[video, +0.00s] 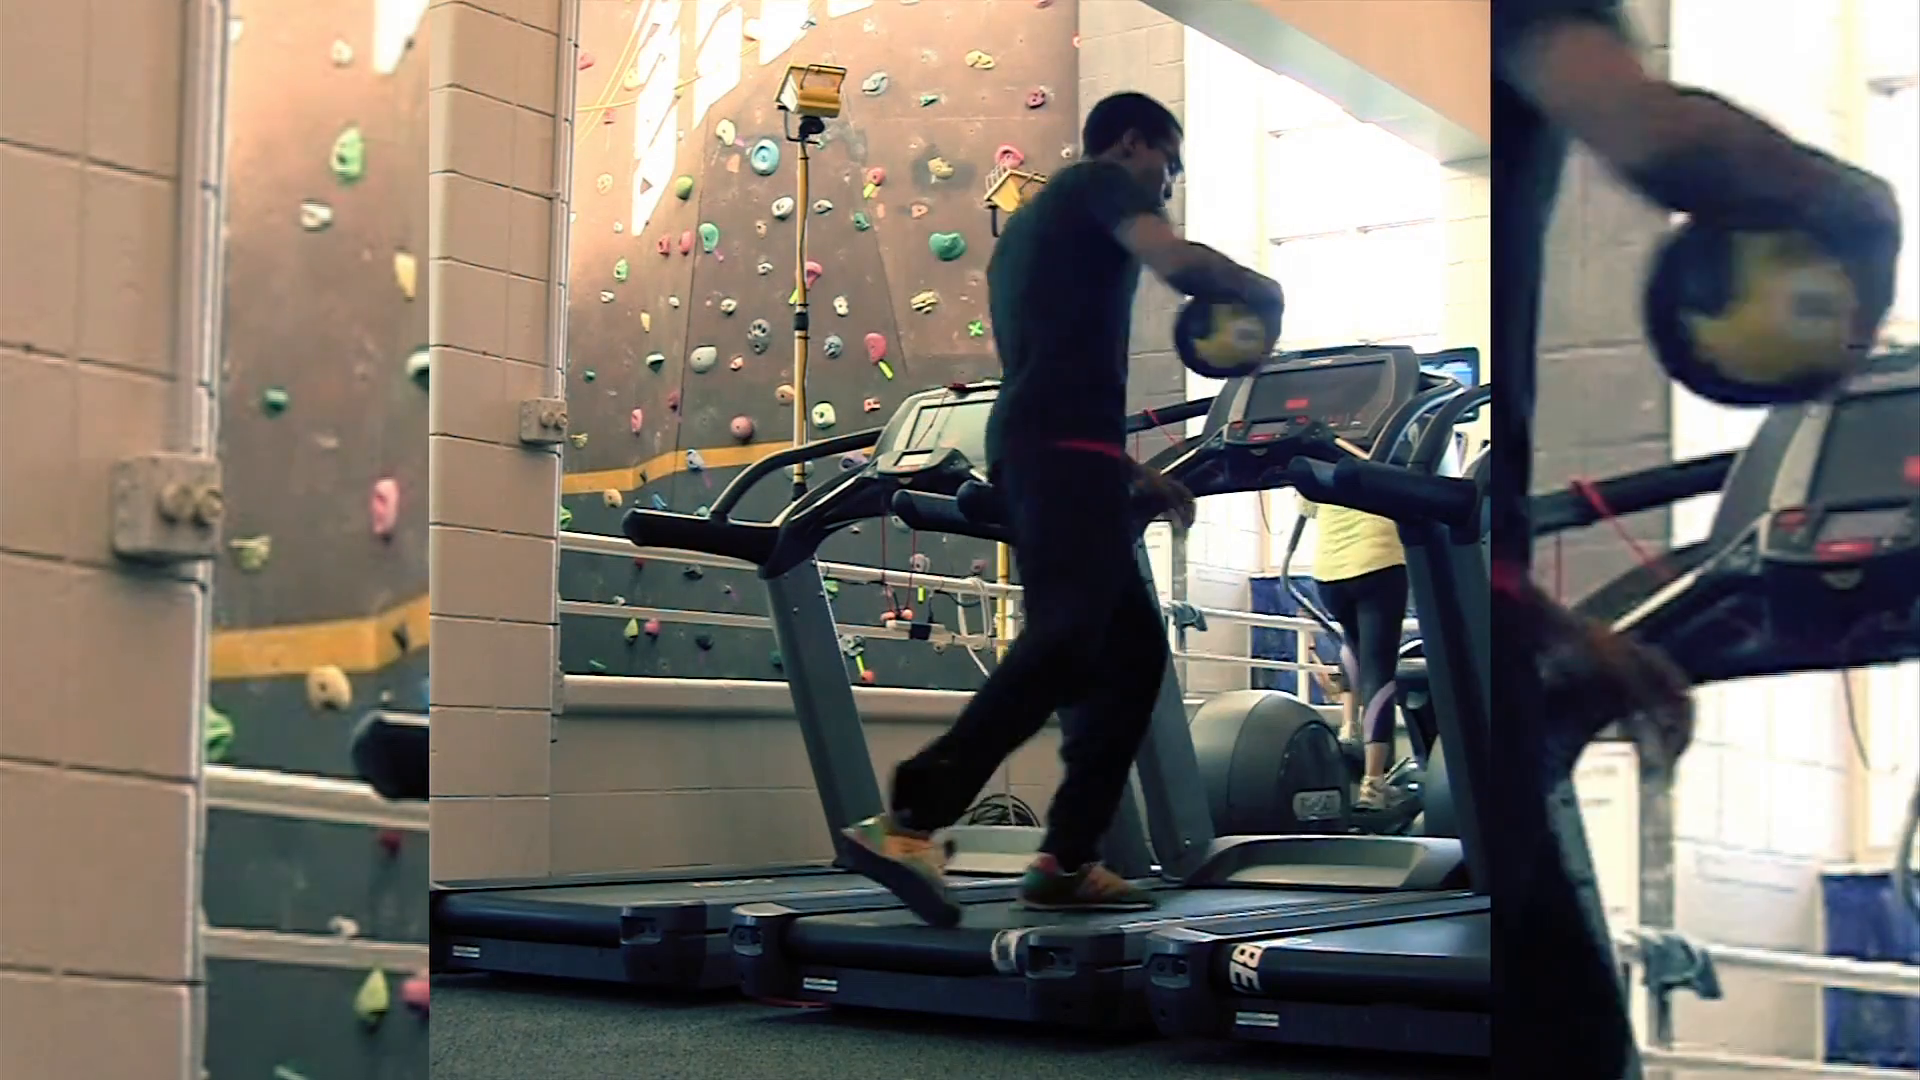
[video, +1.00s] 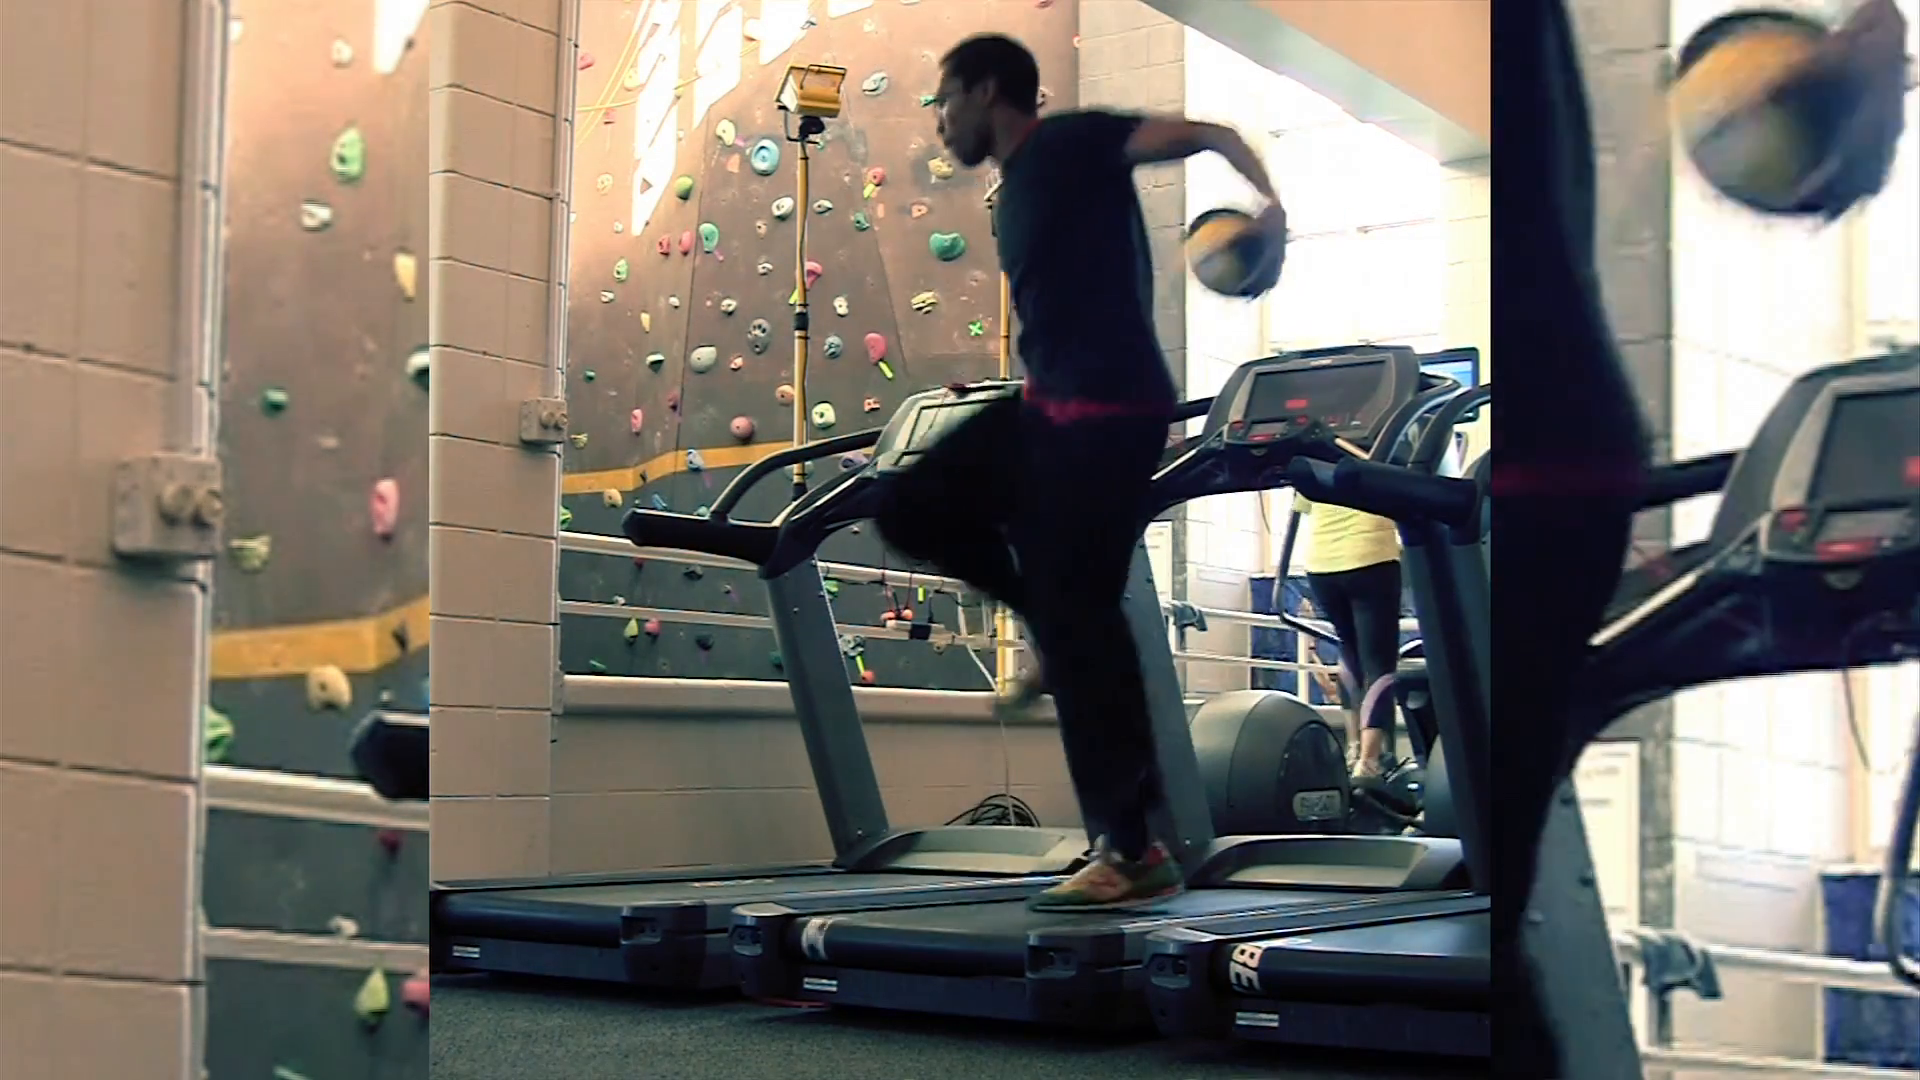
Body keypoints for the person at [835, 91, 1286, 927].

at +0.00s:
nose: (1166, 180)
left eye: (1169, 169)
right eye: (1163, 164)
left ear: (1100, 143)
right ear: (1130, 142)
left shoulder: (1034, 221)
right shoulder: (1102, 181)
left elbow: (1050, 385)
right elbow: (1172, 259)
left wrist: (1131, 474)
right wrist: (1260, 286)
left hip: (1036, 453)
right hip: (1067, 449)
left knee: (1135, 653)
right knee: (1068, 638)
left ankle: (1068, 858)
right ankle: (909, 820)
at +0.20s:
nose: (1197, 200)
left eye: (1201, 187)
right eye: (1192, 181)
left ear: (1132, 161)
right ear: (1146, 157)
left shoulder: (1042, 237)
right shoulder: (1117, 195)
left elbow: (1063, 397)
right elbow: (1175, 254)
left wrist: (1156, 486)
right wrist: (1279, 324)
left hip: (997, 481)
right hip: (1078, 474)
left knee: (1042, 685)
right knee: (1167, 653)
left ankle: (977, 857)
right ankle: (1103, 831)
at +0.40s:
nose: (1233, 179)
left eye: (1242, 168)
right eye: (1220, 161)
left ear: (1234, 174)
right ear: (1173, 155)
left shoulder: (1149, 235)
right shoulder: (1141, 217)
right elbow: (1026, 252)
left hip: (1079, 491)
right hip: (1117, 490)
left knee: (1102, 680)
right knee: (1208, 655)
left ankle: (949, 766)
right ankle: (1151, 858)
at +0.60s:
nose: (1161, 70)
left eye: (1177, 56)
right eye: (1148, 52)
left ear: (1196, 63)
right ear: (1122, 52)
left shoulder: (1183, 167)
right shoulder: (1064, 131)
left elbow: (1144, 278)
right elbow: (961, 211)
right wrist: (955, 346)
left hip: (1161, 398)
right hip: (1076, 401)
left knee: (1251, 536)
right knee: (1092, 613)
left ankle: (1096, 581)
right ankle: (1078, 847)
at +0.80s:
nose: (1006, 17)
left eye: (1017, 5)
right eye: (997, 10)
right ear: (997, 14)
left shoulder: (1150, 53)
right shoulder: (991, 85)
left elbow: (1254, 102)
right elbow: (1001, 197)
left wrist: (1307, 196)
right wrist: (1021, 292)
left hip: (1141, 320)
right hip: (1041, 309)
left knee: (1119, 533)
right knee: (981, 401)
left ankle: (1161, 711)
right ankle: (1020, 593)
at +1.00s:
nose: (937, 118)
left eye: (947, 100)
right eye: (936, 103)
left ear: (995, 93)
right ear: (989, 100)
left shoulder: (1068, 138)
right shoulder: (1012, 188)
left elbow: (1216, 132)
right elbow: (1047, 299)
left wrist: (1270, 202)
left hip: (1109, 411)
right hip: (1039, 409)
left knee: (1076, 610)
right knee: (910, 507)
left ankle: (1130, 847)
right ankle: (1051, 607)